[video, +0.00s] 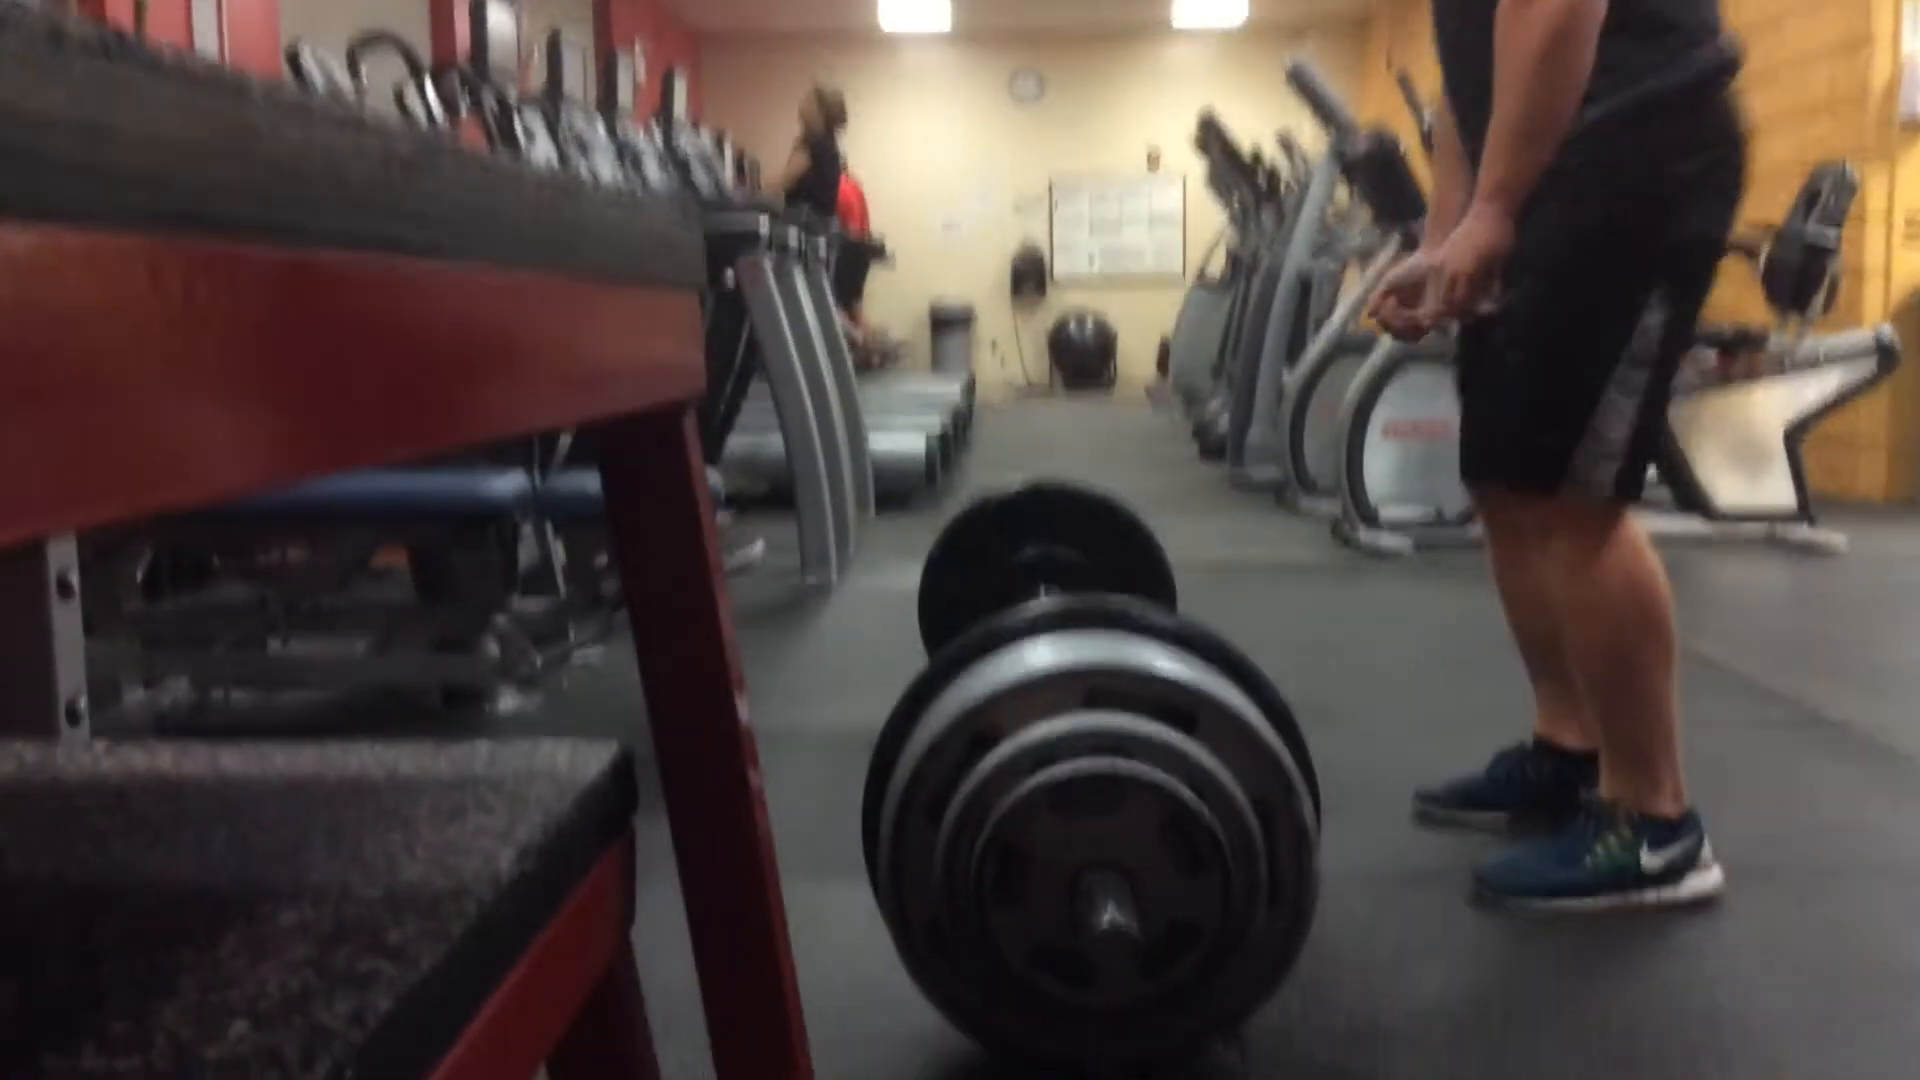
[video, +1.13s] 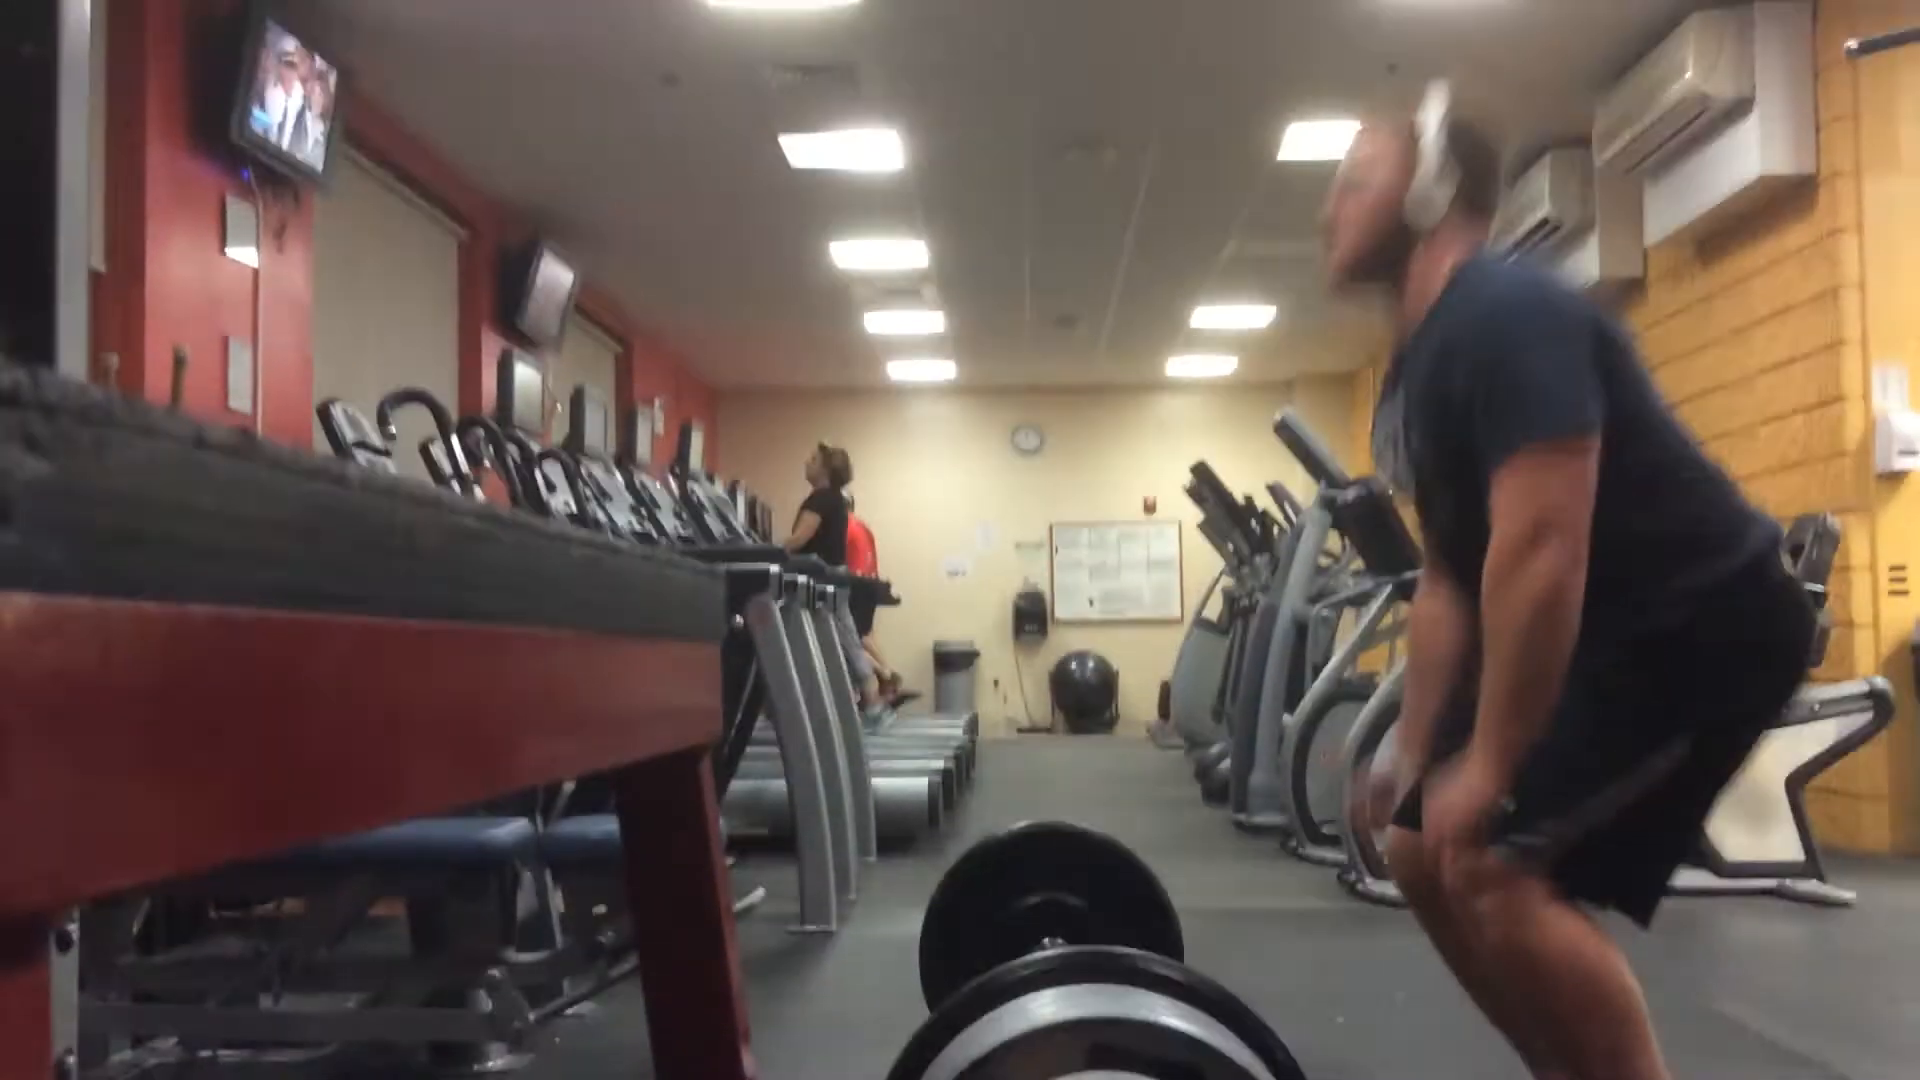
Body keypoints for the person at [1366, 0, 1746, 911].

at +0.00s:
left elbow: (1563, 9)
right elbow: (1467, 55)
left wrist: (1490, 210)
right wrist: (1441, 240)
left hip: (1640, 130)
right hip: (1535, 141)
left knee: (1575, 489)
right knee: (1508, 473)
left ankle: (1653, 819)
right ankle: (1569, 753)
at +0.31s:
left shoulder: (1517, 10)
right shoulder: (1420, 18)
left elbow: (1536, 145)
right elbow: (1449, 167)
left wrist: (1515, 377)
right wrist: (1444, 366)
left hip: (1759, 133)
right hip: (1655, 142)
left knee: (1577, 435)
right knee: (1489, 418)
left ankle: (1650, 762)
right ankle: (1566, 690)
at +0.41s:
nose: (1325, 15)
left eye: (1321, 8)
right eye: (1318, 13)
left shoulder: (1485, 37)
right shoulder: (1405, 74)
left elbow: (1531, 272)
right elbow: (1444, 272)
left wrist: (1506, 497)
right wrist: (1437, 444)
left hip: (1753, 265)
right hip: (1662, 270)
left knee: (1547, 479)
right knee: (1502, 461)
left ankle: (1646, 800)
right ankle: (1556, 737)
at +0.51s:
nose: (1254, 94)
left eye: (1277, 70)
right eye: (1258, 69)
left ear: (1368, 77)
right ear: (1343, 83)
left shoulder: (1469, 187)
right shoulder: (1390, 218)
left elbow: (1527, 437)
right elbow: (1444, 420)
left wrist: (1504, 671)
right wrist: (1414, 594)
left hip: (1757, 394)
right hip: (1659, 396)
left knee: (1512, 597)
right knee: (1446, 571)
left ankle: (1654, 892)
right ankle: (1560, 822)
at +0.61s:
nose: (1242, 259)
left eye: (1263, 232)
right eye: (1247, 234)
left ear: (1346, 239)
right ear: (1341, 244)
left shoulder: (1449, 334)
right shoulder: (1393, 382)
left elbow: (1527, 609)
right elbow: (1456, 590)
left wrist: (1508, 842)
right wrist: (1445, 770)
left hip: (1767, 526)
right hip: (1674, 523)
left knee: (1468, 666)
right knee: (1396, 652)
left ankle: (1658, 962)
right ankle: (1563, 903)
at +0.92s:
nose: (1267, 283)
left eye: (1290, 260)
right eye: (1273, 261)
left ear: (1373, 275)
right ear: (1357, 281)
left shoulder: (1468, 384)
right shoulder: (1393, 426)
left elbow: (1529, 639)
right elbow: (1439, 633)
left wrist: (1497, 864)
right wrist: (1410, 818)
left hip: (1757, 602)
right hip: (1658, 603)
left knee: (1473, 767)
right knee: (1405, 750)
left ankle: (1663, 1061)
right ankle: (1568, 1013)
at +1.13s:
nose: (1330, 205)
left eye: (1356, 178)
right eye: (1337, 180)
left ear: (1430, 190)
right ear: (1424, 198)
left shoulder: (1507, 307)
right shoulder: (1417, 372)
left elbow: (1542, 555)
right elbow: (1446, 576)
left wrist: (1491, 763)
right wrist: (1411, 739)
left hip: (1713, 620)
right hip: (1613, 626)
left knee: (1490, 870)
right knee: (1420, 849)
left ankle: (1632, 1073)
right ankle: (1569, 1069)